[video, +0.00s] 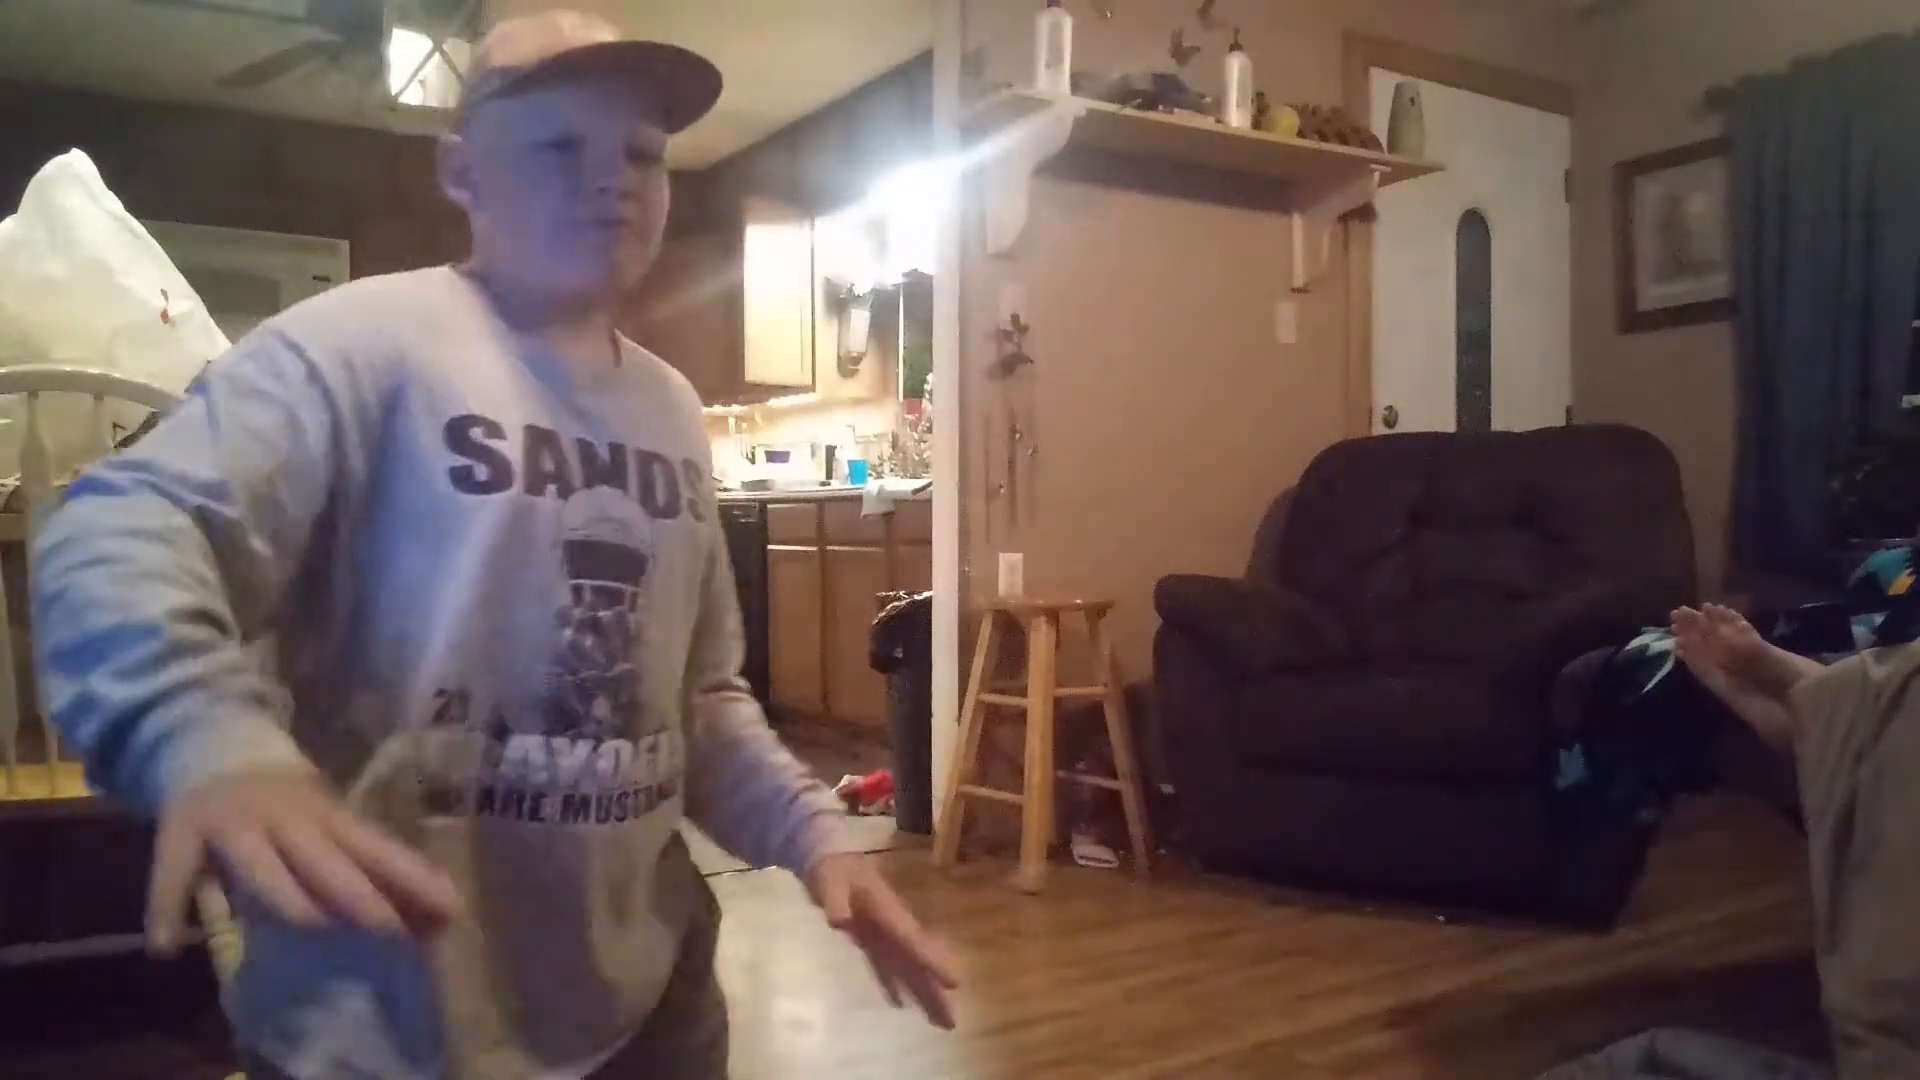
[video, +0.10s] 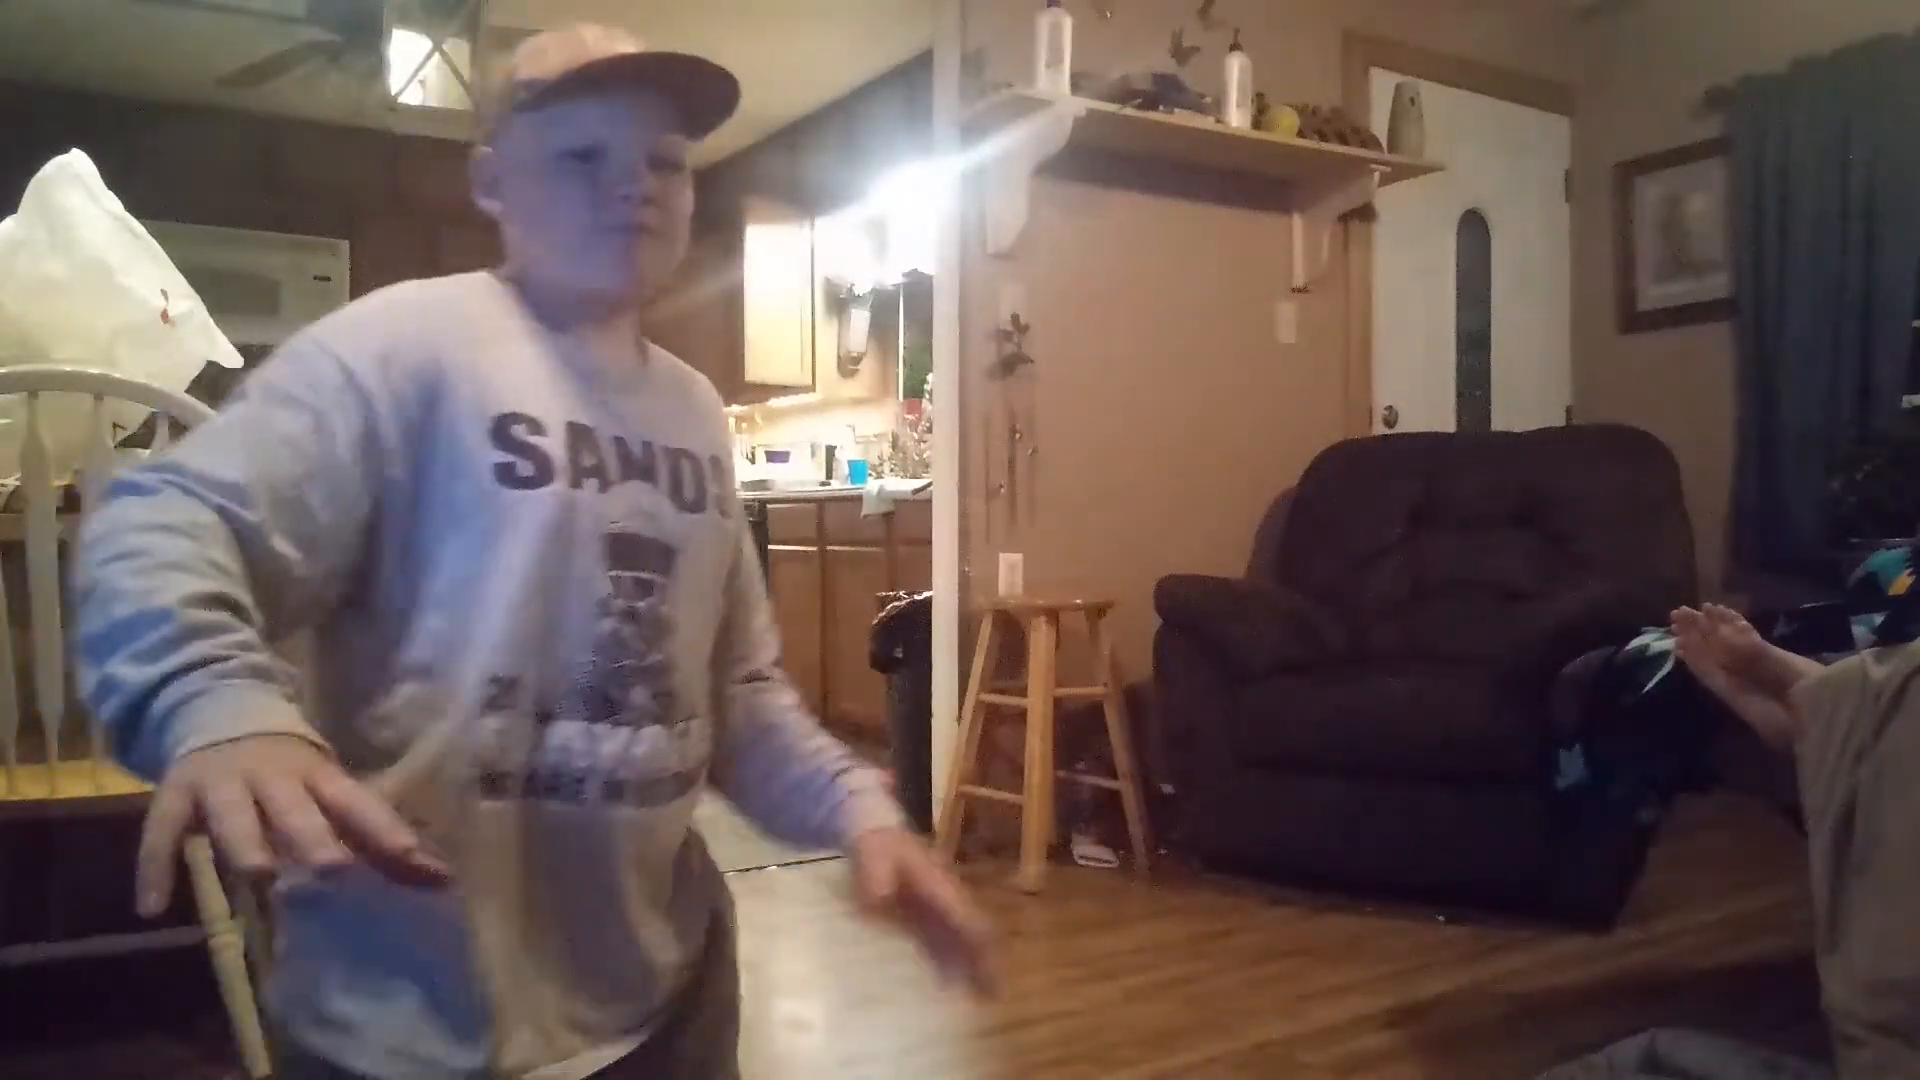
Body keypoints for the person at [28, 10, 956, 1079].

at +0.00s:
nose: (615, 177)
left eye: (642, 151)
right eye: (563, 143)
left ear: (666, 187)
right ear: (462, 174)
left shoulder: (670, 411)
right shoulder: (366, 343)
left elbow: (703, 696)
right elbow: (122, 527)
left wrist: (821, 838)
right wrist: (214, 745)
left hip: (643, 998)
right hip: (396, 1013)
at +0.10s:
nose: (636, 186)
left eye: (665, 161)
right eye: (584, 156)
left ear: (691, 196)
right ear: (493, 186)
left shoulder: (694, 413)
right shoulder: (408, 345)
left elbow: (736, 686)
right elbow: (165, 520)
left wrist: (857, 805)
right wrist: (217, 709)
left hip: (653, 984)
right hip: (418, 995)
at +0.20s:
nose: (671, 189)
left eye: (694, 164)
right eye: (620, 159)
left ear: (722, 199)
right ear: (529, 192)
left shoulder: (717, 413)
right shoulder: (456, 346)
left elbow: (762, 679)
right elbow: (230, 536)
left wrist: (911, 789)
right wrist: (256, 729)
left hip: (673, 990)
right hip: (452, 1000)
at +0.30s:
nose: (695, 192)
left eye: (723, 168)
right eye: (644, 163)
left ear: (752, 205)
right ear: (555, 195)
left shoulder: (735, 413)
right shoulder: (495, 337)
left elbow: (779, 681)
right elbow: (296, 561)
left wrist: (942, 790)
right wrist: (327, 777)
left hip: (692, 986)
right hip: (475, 994)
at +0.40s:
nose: (707, 187)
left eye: (735, 162)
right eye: (660, 157)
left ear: (763, 194)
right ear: (570, 184)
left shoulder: (746, 407)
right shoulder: (499, 339)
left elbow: (786, 675)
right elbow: (356, 604)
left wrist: (926, 810)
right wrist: (416, 814)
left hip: (707, 972)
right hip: (505, 976)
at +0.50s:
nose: (713, 184)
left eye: (739, 157)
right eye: (663, 154)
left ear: (767, 190)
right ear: (573, 185)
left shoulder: (754, 397)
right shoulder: (496, 346)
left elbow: (783, 650)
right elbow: (394, 651)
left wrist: (865, 826)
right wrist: (501, 869)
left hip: (716, 961)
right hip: (505, 971)